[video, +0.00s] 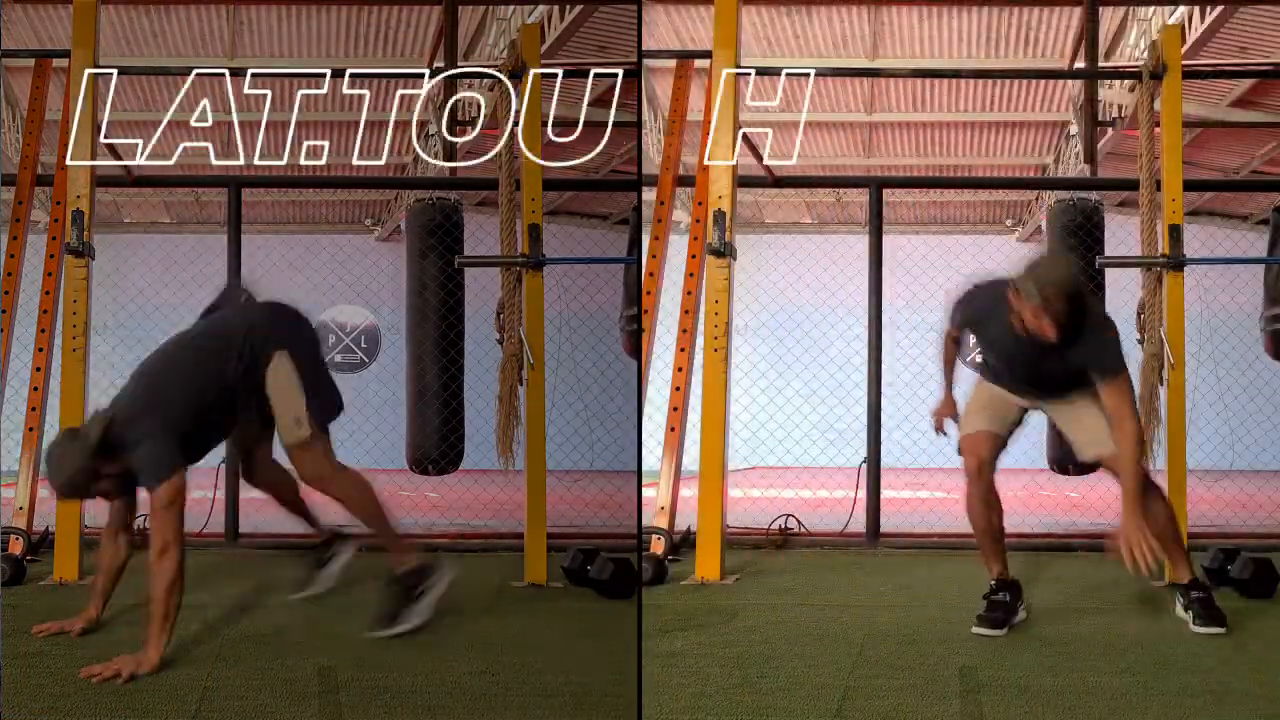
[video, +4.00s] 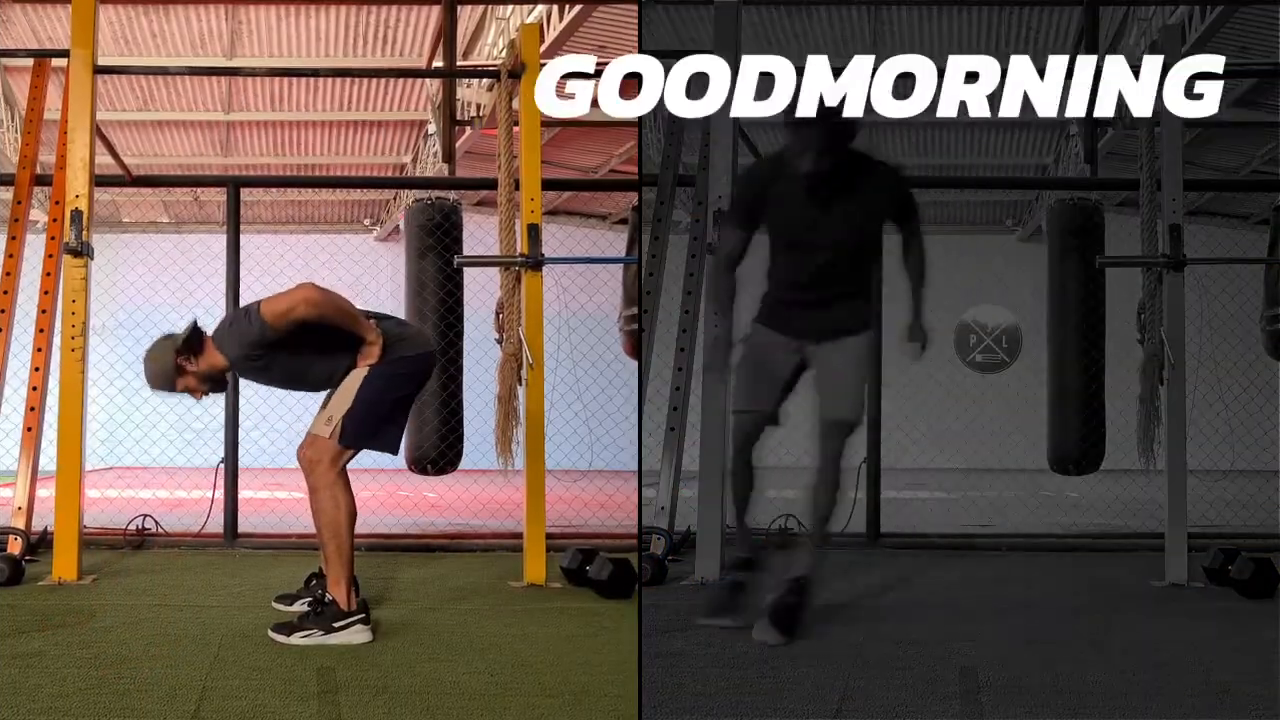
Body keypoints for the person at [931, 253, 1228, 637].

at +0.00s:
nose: (1052, 330)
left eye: (1059, 318)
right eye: (1041, 318)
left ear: (1071, 305)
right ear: (1015, 300)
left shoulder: (1095, 327)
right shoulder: (981, 305)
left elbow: (1126, 421)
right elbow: (953, 335)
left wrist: (1132, 514)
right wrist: (947, 393)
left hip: (1073, 391)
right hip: (1002, 383)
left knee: (1133, 476)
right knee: (976, 464)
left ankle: (1188, 583)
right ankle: (1001, 586)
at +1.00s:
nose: (871, 144)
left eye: (883, 132)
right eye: (863, 130)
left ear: (905, 126)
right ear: (850, 122)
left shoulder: (936, 177)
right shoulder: (826, 183)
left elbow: (981, 249)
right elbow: (804, 261)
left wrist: (1013, 317)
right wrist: (792, 328)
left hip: (917, 348)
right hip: (844, 348)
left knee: (958, 467)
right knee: (811, 466)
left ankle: (1007, 589)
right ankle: (796, 586)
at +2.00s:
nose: (800, 180)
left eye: (812, 168)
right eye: (790, 167)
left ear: (830, 159)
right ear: (771, 157)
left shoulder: (861, 200)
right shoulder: (744, 202)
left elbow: (901, 243)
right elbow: (703, 284)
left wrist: (912, 318)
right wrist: (666, 356)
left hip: (829, 343)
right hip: (759, 334)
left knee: (808, 453)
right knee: (713, 438)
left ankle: (777, 592)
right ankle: (683, 553)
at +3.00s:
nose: (1152, 456)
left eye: (1164, 445)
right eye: (1143, 442)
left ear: (1180, 425)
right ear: (1120, 409)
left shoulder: (1194, 434)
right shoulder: (1070, 374)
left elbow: (1209, 536)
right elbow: (1030, 348)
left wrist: (1214, 638)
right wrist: (1015, 398)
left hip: (1160, 368)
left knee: (1211, 490)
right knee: (1047, 464)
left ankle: (1228, 594)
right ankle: (1037, 596)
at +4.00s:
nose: (806, 149)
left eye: (816, 138)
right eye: (798, 136)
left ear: (840, 135)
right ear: (788, 133)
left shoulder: (878, 180)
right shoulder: (766, 178)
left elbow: (911, 241)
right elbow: (724, 257)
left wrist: (916, 314)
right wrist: (719, 330)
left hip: (848, 330)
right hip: (778, 325)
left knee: (829, 454)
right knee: (734, 439)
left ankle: (804, 576)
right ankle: (738, 543)